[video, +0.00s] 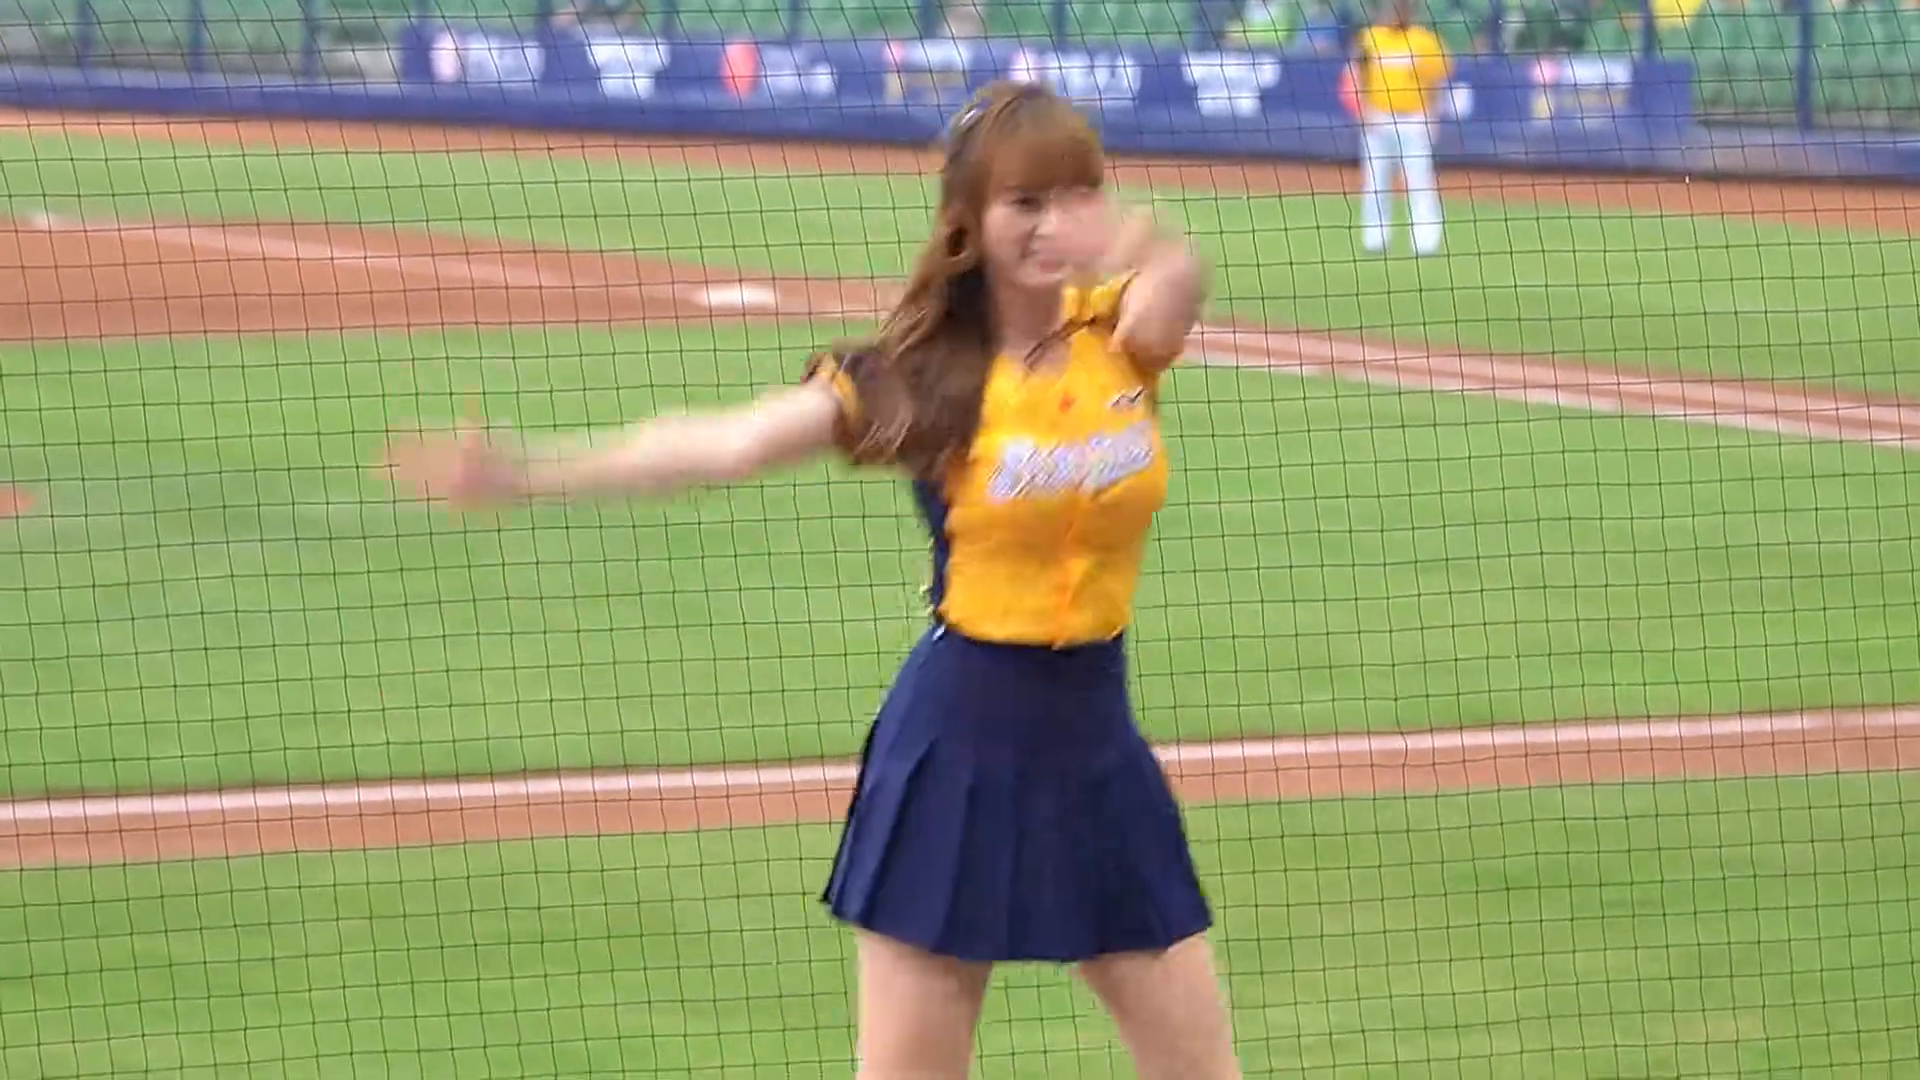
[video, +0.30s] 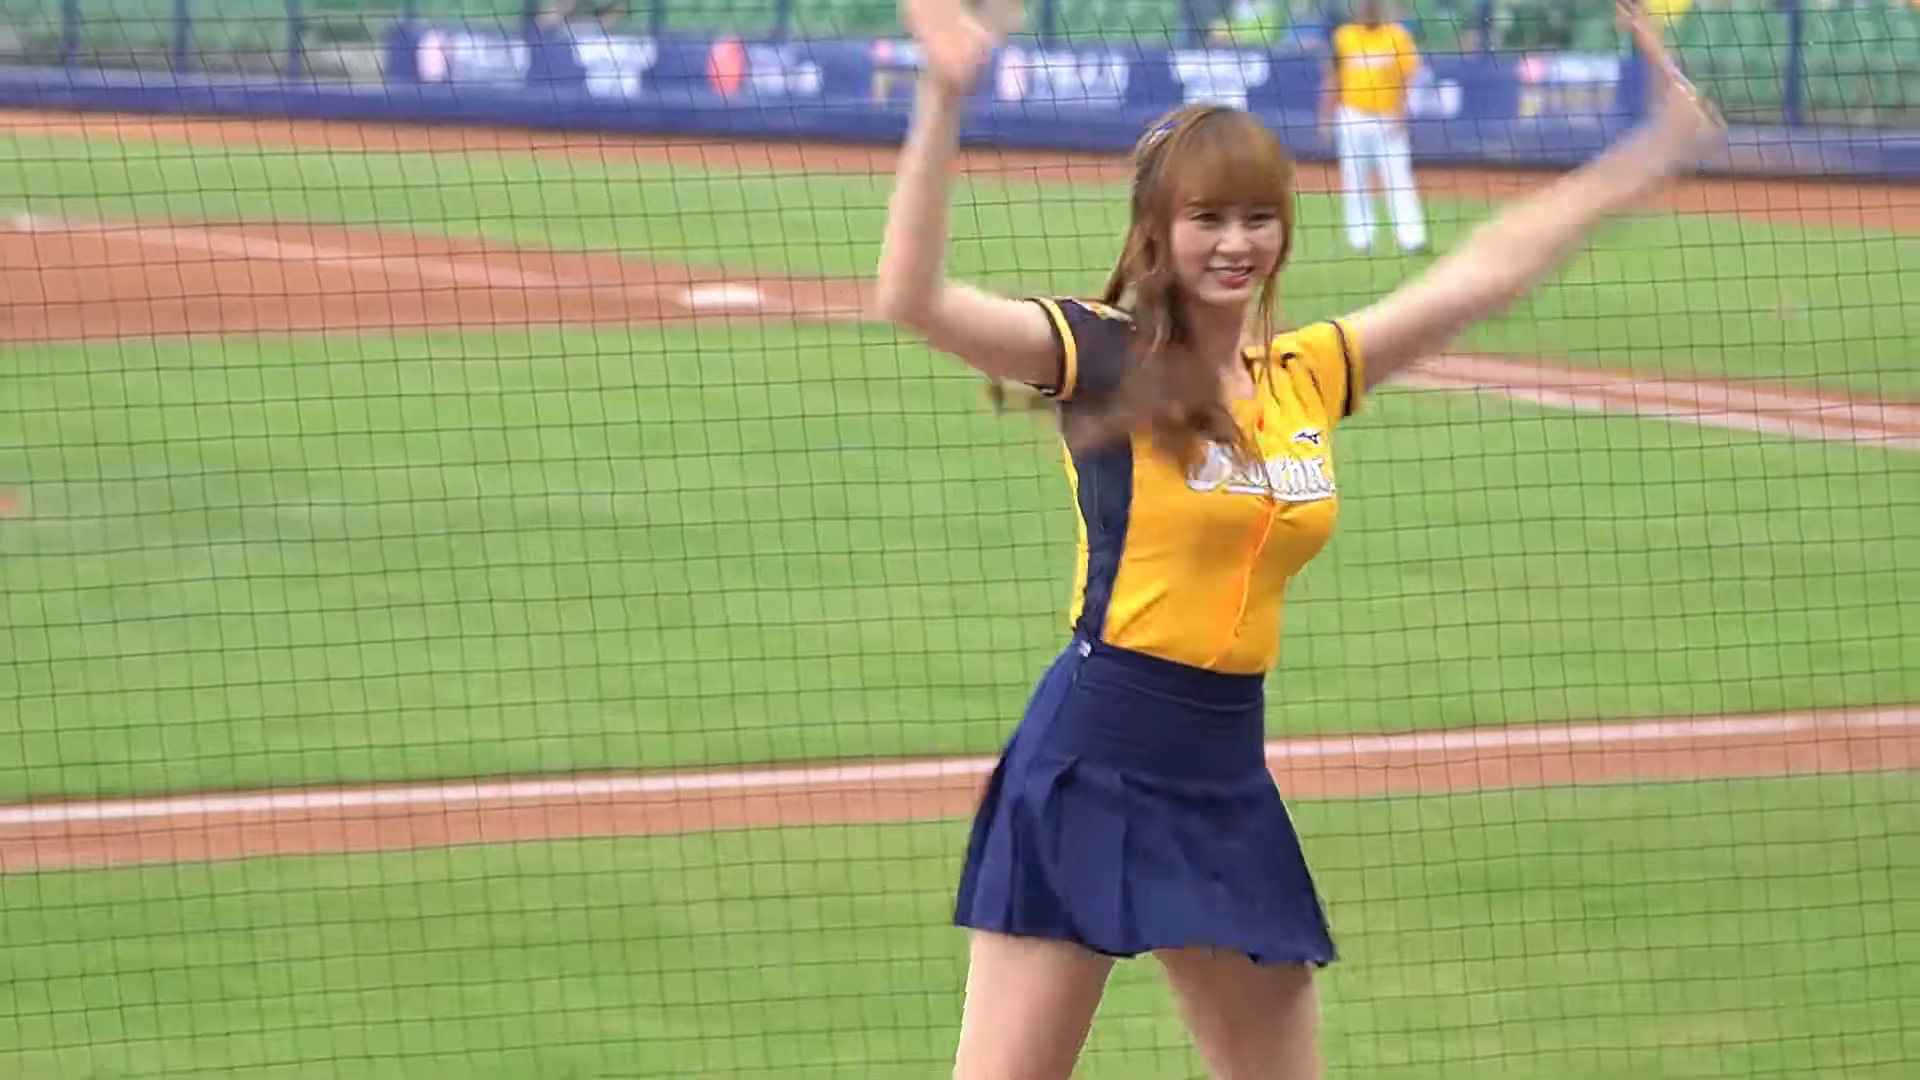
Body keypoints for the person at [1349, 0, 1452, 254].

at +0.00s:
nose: (1400, 13)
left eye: (1404, 7)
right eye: (1395, 8)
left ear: (1411, 10)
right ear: (1386, 10)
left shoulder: (1425, 41)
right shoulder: (1370, 39)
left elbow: (1437, 84)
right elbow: (1355, 79)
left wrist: (1433, 117)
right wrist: (1364, 112)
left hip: (1415, 118)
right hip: (1377, 118)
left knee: (1420, 178)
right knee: (1376, 179)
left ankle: (1426, 236)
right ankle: (1375, 235)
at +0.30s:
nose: (1369, 11)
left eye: (1373, 6)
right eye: (1364, 6)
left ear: (1381, 8)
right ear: (1356, 9)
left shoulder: (1396, 35)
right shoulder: (1343, 37)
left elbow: (1410, 75)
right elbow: (1332, 80)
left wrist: (1402, 111)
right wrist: (1326, 117)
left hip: (1388, 115)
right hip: (1352, 115)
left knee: (1398, 176)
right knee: (1354, 177)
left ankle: (1411, 234)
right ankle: (1360, 234)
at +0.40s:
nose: (1352, 30)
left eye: (1356, 24)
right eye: (1347, 24)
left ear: (1363, 27)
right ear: (1340, 27)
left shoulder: (1378, 54)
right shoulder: (1324, 56)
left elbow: (1393, 93)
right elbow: (1315, 95)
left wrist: (1386, 128)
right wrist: (1310, 128)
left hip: (1372, 134)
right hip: (1336, 136)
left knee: (1383, 195)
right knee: (1341, 199)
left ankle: (1395, 252)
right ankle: (1349, 254)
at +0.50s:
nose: (1334, 44)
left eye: (1338, 38)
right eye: (1330, 38)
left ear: (1345, 40)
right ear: (1323, 40)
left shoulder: (1361, 66)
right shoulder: (1306, 68)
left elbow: (1374, 106)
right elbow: (1295, 112)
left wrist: (1369, 142)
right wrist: (1289, 152)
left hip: (1355, 147)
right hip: (1318, 147)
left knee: (1365, 207)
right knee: (1318, 209)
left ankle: (1379, 263)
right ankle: (1315, 263)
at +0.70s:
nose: (1323, 63)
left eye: (1327, 57)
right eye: (1319, 58)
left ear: (1335, 59)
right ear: (1311, 61)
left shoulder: (1351, 88)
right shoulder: (1296, 91)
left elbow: (1366, 132)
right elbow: (1285, 134)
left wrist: (1366, 169)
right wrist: (1283, 173)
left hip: (1345, 167)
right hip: (1308, 168)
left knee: (1356, 225)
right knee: (1313, 229)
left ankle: (1371, 284)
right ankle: (1322, 288)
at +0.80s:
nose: (1325, 63)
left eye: (1329, 58)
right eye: (1320, 58)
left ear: (1337, 60)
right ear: (1313, 61)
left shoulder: (1354, 90)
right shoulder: (1298, 91)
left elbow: (1367, 134)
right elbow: (1288, 133)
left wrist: (1368, 170)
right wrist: (1287, 172)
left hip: (1348, 168)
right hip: (1311, 169)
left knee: (1358, 225)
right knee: (1315, 229)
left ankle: (1374, 285)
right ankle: (1325, 288)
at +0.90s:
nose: (1359, 60)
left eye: (1364, 55)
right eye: (1355, 55)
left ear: (1371, 57)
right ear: (1348, 58)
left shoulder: (1387, 86)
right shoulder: (1333, 88)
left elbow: (1403, 128)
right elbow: (1323, 128)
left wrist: (1403, 165)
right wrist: (1324, 165)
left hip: (1383, 164)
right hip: (1346, 165)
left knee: (1393, 223)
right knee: (1351, 227)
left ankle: (1409, 282)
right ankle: (1361, 285)